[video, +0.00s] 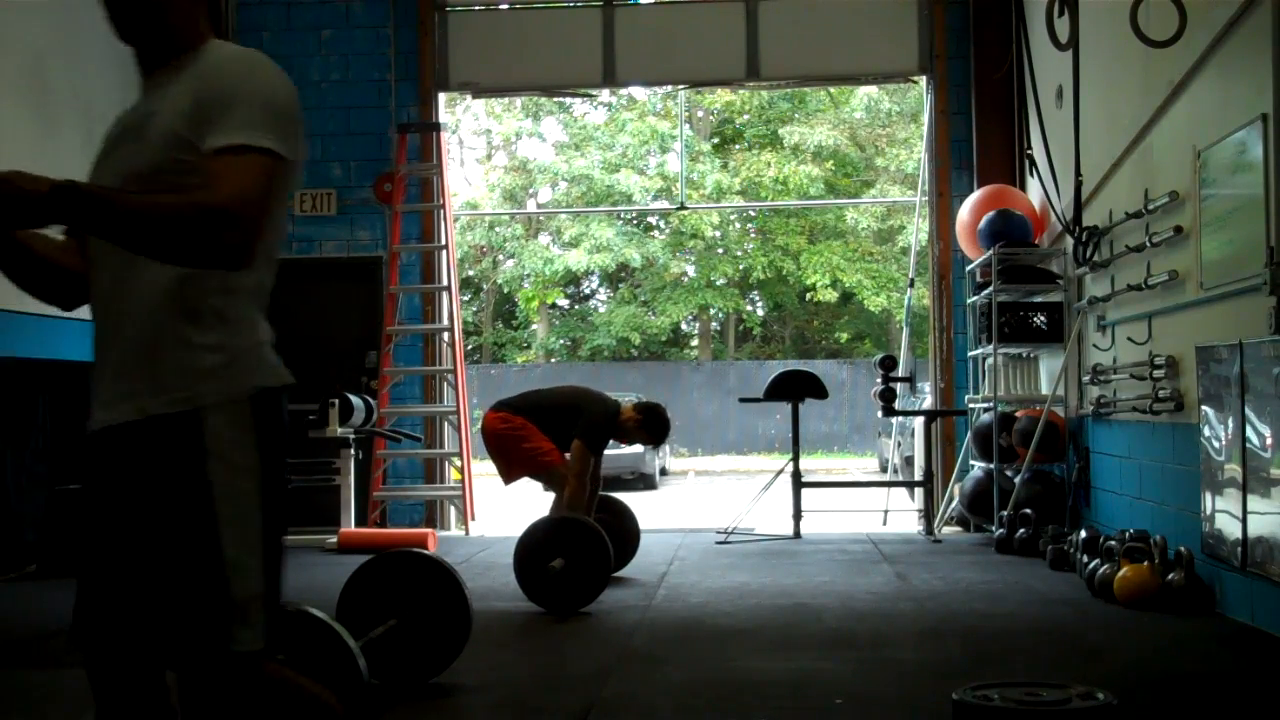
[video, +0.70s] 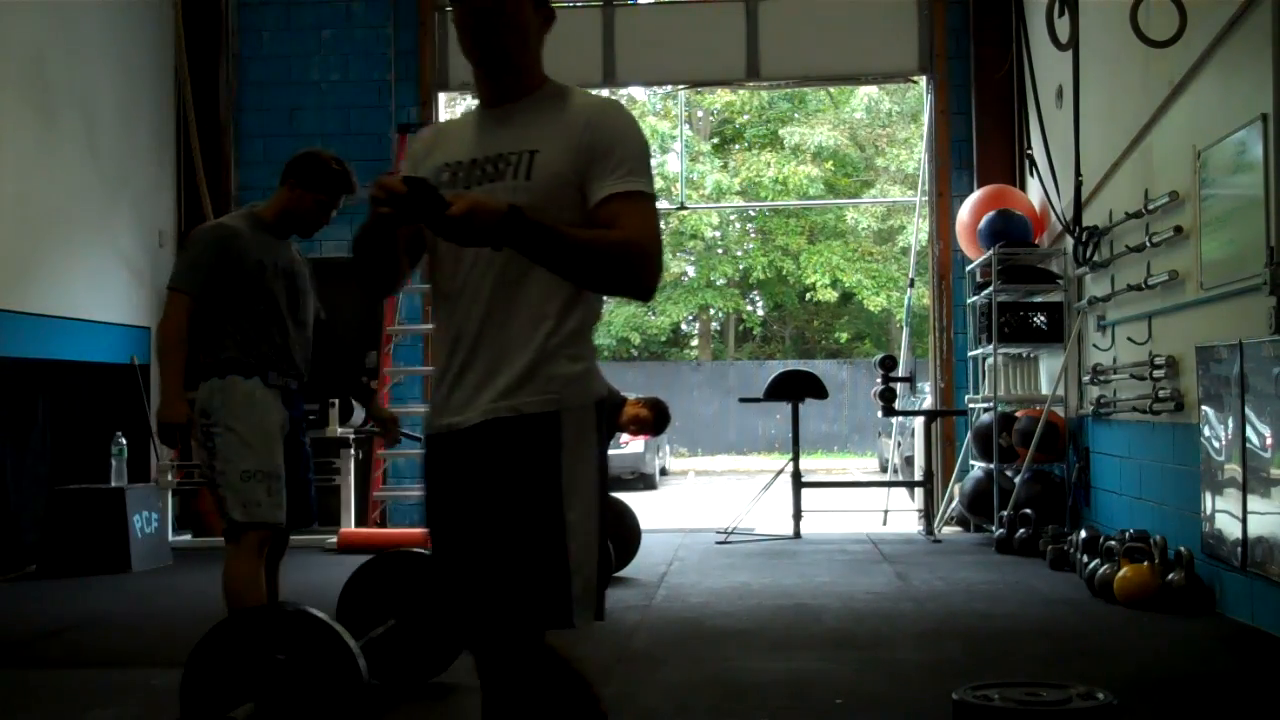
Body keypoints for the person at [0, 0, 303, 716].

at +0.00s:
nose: (116, 8)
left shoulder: (244, 77)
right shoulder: (129, 125)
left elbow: (233, 227)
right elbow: (75, 282)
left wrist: (61, 199)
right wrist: (1, 231)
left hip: (219, 405)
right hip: (131, 410)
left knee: (219, 638)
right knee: (122, 634)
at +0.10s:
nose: (192, 21)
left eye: (209, 5)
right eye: (186, 10)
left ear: (251, 4)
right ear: (175, 20)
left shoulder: (309, 92)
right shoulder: (172, 132)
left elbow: (321, 257)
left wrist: (151, 217)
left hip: (280, 427)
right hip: (176, 432)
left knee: (304, 657)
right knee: (166, 663)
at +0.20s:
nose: (253, 21)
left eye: (271, 3)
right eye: (245, 7)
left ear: (316, 6)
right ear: (230, 17)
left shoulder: (376, 105)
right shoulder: (218, 139)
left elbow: (409, 266)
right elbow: (195, 298)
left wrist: (241, 239)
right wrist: (135, 250)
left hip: (355, 427)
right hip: (243, 436)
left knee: (371, 657)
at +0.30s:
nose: (311, 18)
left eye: (330, 2)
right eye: (301, 5)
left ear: (370, 4)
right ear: (285, 15)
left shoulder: (435, 108)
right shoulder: (265, 136)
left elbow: (477, 272)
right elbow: (245, 281)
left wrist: (316, 250)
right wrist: (207, 241)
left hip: (408, 427)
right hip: (295, 434)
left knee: (423, 659)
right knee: (255, 657)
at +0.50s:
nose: (413, 13)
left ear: (469, 2)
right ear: (384, 8)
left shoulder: (529, 109)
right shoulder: (355, 123)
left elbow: (574, 269)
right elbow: (316, 274)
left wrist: (434, 239)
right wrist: (303, 229)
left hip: (478, 417)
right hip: (366, 424)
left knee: (479, 652)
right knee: (326, 642)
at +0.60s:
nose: (453, 19)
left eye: (472, 3)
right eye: (442, 4)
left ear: (511, 8)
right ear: (425, 15)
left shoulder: (567, 116)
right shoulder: (393, 132)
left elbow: (610, 268)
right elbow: (351, 289)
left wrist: (476, 236)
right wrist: (345, 240)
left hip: (514, 415)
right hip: (408, 423)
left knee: (496, 651)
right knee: (387, 639)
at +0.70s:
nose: (480, 28)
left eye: (498, 11)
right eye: (468, 13)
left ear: (542, 15)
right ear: (454, 24)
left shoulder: (598, 123)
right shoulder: (429, 147)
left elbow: (639, 269)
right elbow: (376, 278)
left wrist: (509, 224)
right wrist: (387, 222)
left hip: (551, 412)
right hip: (455, 420)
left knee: (535, 644)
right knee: (483, 643)